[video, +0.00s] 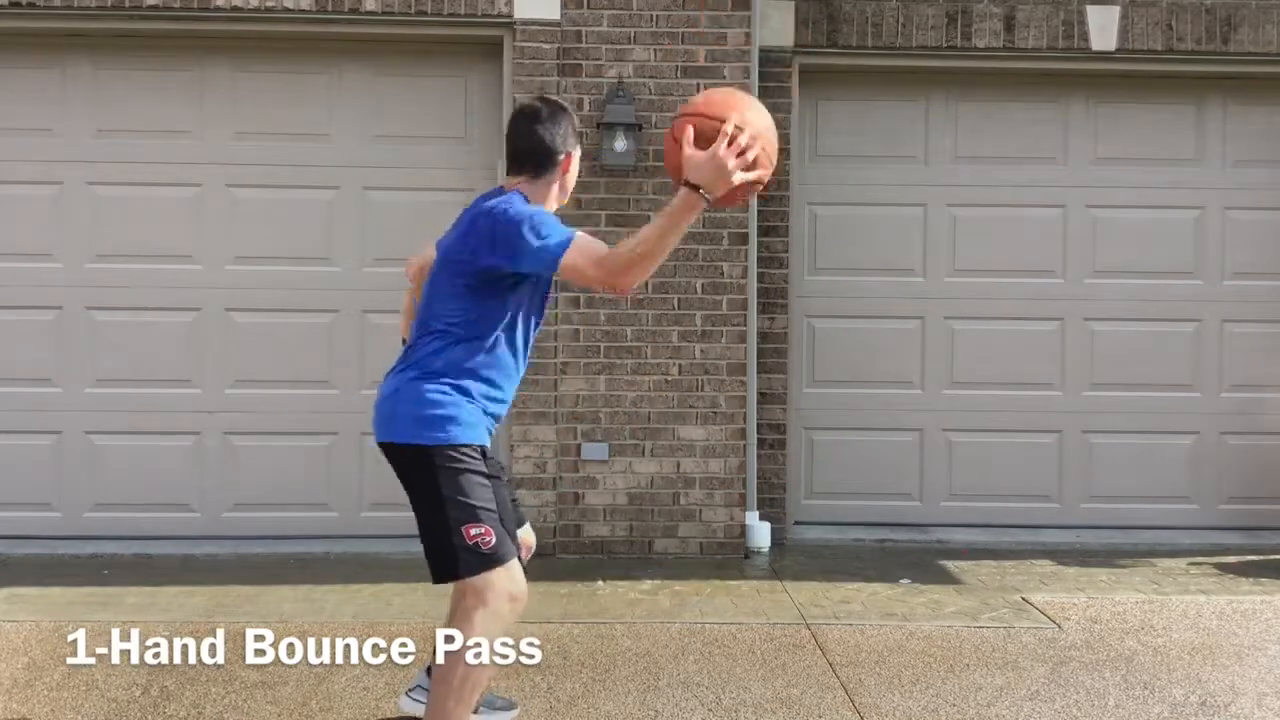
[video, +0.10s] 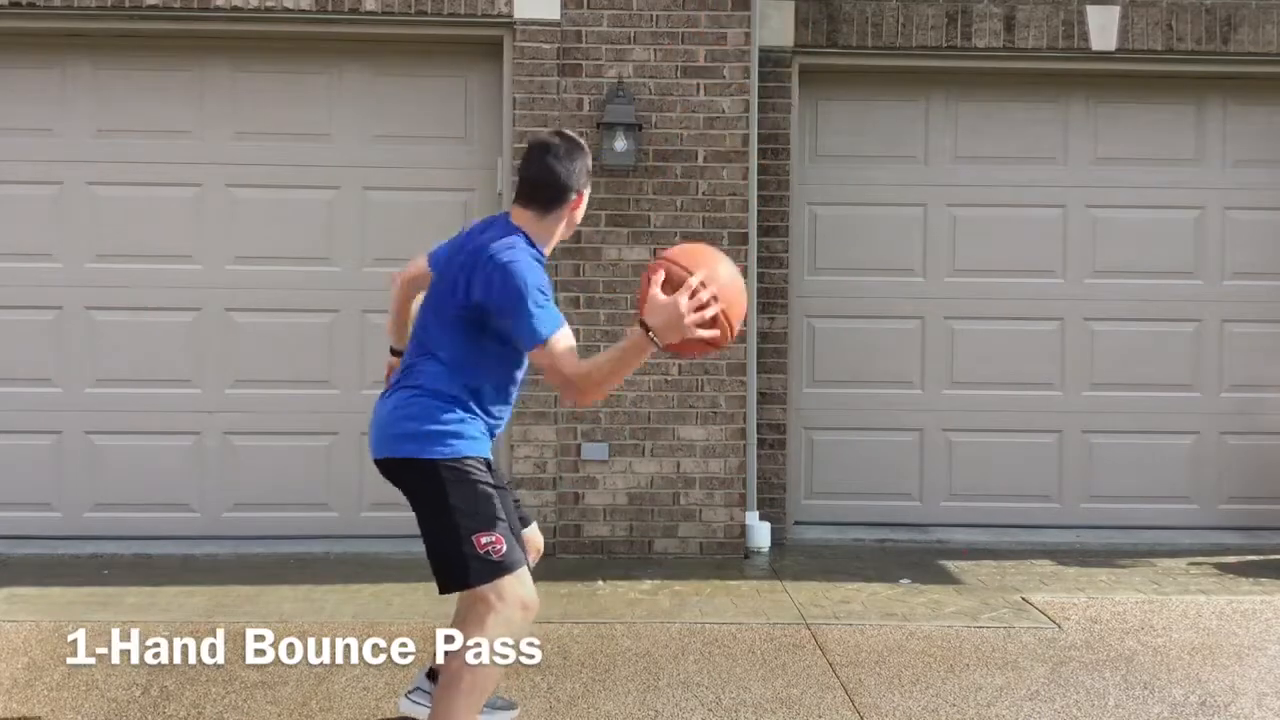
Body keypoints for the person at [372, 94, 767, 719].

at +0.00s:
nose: (578, 170)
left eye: (576, 159)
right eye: (578, 159)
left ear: (511, 160)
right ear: (567, 165)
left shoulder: (486, 212)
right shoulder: (515, 218)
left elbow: (421, 268)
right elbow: (617, 273)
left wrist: (414, 345)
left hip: (445, 416)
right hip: (437, 417)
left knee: (513, 541)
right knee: (498, 591)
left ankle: (443, 680)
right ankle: (449, 709)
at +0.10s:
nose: (585, 209)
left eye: (586, 197)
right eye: (587, 198)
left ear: (520, 185)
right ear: (577, 203)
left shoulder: (483, 235)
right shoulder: (515, 264)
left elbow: (405, 283)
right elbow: (578, 387)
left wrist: (399, 351)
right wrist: (650, 333)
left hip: (425, 428)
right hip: (436, 438)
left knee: (524, 542)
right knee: (512, 603)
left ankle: (441, 682)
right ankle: (453, 710)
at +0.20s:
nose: (580, 231)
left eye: (581, 219)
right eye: (582, 220)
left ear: (517, 204)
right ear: (572, 226)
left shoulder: (469, 244)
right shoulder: (531, 317)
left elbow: (398, 310)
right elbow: (560, 419)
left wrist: (445, 370)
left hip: (399, 441)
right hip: (437, 454)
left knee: (525, 542)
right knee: (517, 619)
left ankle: (442, 682)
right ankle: (456, 713)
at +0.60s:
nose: (563, 199)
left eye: (562, 189)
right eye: (562, 190)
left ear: (494, 190)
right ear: (554, 197)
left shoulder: (455, 246)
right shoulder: (535, 273)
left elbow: (400, 340)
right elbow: (584, 393)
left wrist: (480, 407)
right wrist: (647, 400)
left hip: (401, 438)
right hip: (442, 447)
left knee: (521, 544)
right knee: (518, 616)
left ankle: (441, 685)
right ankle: (453, 710)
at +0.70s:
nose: (561, 184)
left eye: (556, 175)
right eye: (561, 175)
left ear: (494, 180)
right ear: (552, 184)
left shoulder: (459, 237)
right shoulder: (542, 257)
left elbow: (408, 334)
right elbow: (632, 343)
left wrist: (489, 401)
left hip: (405, 433)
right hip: (446, 441)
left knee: (509, 559)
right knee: (527, 609)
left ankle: (437, 688)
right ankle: (460, 713)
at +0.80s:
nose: (566, 168)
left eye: (564, 159)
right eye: (564, 159)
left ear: (495, 166)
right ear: (553, 166)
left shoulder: (468, 221)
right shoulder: (541, 226)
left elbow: (414, 322)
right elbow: (667, 251)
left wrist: (497, 388)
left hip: (415, 424)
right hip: (448, 430)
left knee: (495, 569)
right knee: (530, 602)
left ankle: (445, 680)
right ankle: (461, 714)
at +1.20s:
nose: (593, 199)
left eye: (590, 188)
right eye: (594, 189)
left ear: (528, 183)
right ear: (584, 197)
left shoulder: (503, 240)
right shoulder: (515, 251)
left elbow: (431, 288)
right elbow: (597, 325)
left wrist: (426, 373)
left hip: (452, 432)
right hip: (430, 434)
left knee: (531, 549)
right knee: (507, 593)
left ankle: (444, 679)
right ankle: (455, 709)